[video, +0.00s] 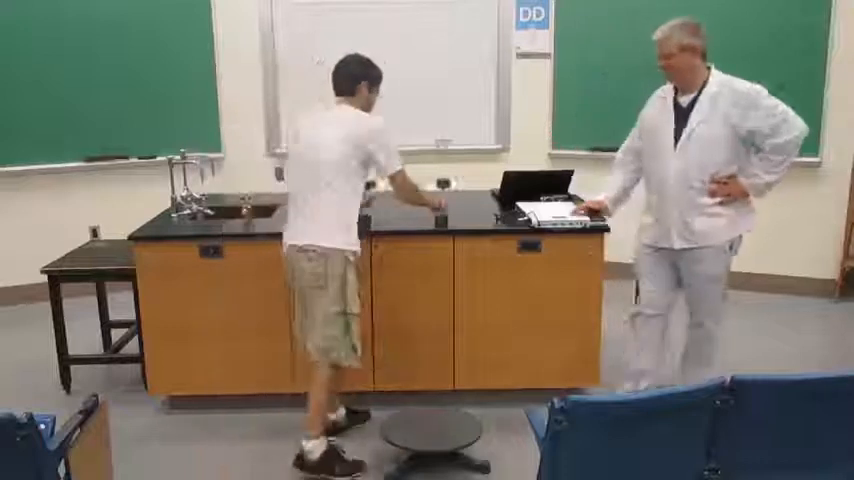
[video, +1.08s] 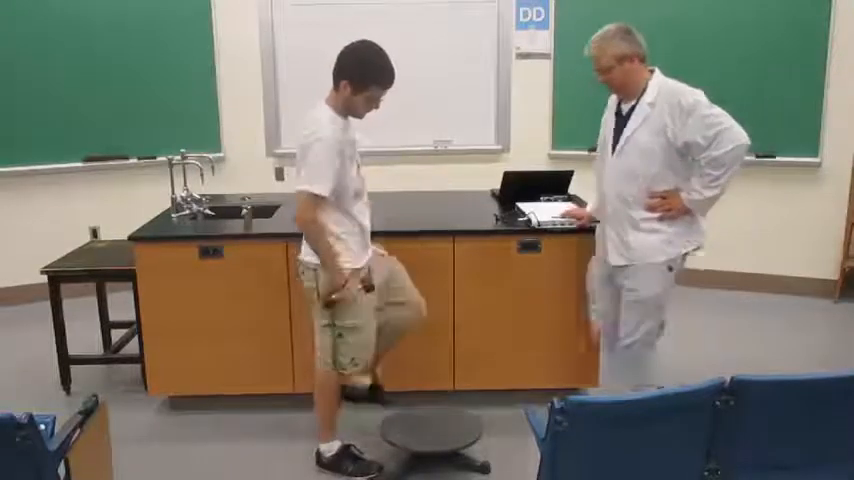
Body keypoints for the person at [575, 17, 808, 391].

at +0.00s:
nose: (661, 65)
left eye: (667, 57)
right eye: (660, 57)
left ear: (694, 53)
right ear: (674, 55)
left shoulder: (737, 96)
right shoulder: (659, 101)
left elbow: (791, 132)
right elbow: (632, 158)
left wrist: (752, 182)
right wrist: (607, 201)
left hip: (709, 234)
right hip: (658, 231)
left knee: (702, 322)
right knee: (649, 314)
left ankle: (694, 400)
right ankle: (639, 395)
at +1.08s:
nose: (600, 79)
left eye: (605, 70)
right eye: (598, 71)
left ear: (633, 61)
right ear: (627, 63)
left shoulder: (676, 99)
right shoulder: (615, 103)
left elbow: (732, 143)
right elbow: (618, 170)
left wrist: (692, 199)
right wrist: (593, 211)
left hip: (653, 246)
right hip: (612, 242)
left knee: (635, 343)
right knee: (608, 336)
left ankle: (633, 429)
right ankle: (612, 424)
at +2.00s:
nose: (578, 88)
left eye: (582, 78)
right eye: (574, 79)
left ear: (609, 68)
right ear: (599, 72)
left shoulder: (650, 105)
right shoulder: (596, 112)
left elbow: (700, 149)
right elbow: (603, 171)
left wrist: (663, 207)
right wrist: (582, 208)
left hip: (626, 254)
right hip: (583, 249)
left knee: (618, 352)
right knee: (561, 336)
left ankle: (617, 434)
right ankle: (528, 420)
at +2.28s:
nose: (573, 90)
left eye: (577, 81)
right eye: (570, 82)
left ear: (604, 70)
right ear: (596, 73)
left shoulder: (645, 105)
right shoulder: (595, 110)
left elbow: (695, 149)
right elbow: (606, 171)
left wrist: (660, 207)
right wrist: (581, 208)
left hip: (625, 255)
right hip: (582, 250)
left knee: (618, 355)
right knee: (560, 337)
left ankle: (615, 437)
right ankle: (528, 422)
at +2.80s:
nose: (580, 92)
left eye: (584, 83)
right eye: (576, 85)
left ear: (610, 71)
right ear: (599, 75)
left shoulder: (652, 107)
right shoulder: (593, 113)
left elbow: (705, 149)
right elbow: (600, 169)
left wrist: (669, 208)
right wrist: (580, 203)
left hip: (630, 255)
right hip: (585, 249)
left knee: (620, 354)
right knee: (561, 337)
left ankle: (615, 436)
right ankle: (527, 423)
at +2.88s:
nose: (580, 92)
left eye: (584, 83)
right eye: (576, 84)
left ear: (609, 71)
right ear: (599, 75)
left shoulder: (652, 107)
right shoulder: (593, 113)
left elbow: (705, 149)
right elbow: (599, 168)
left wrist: (669, 208)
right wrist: (580, 203)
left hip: (630, 255)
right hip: (585, 249)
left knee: (620, 354)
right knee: (561, 337)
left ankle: (615, 438)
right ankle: (527, 424)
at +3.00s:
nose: (584, 91)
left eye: (589, 81)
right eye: (581, 83)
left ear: (615, 70)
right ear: (604, 74)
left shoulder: (657, 108)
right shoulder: (597, 112)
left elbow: (709, 151)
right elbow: (597, 169)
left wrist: (670, 208)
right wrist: (581, 203)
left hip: (631, 256)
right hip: (585, 250)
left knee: (620, 355)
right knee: (561, 338)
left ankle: (617, 438)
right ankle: (528, 424)